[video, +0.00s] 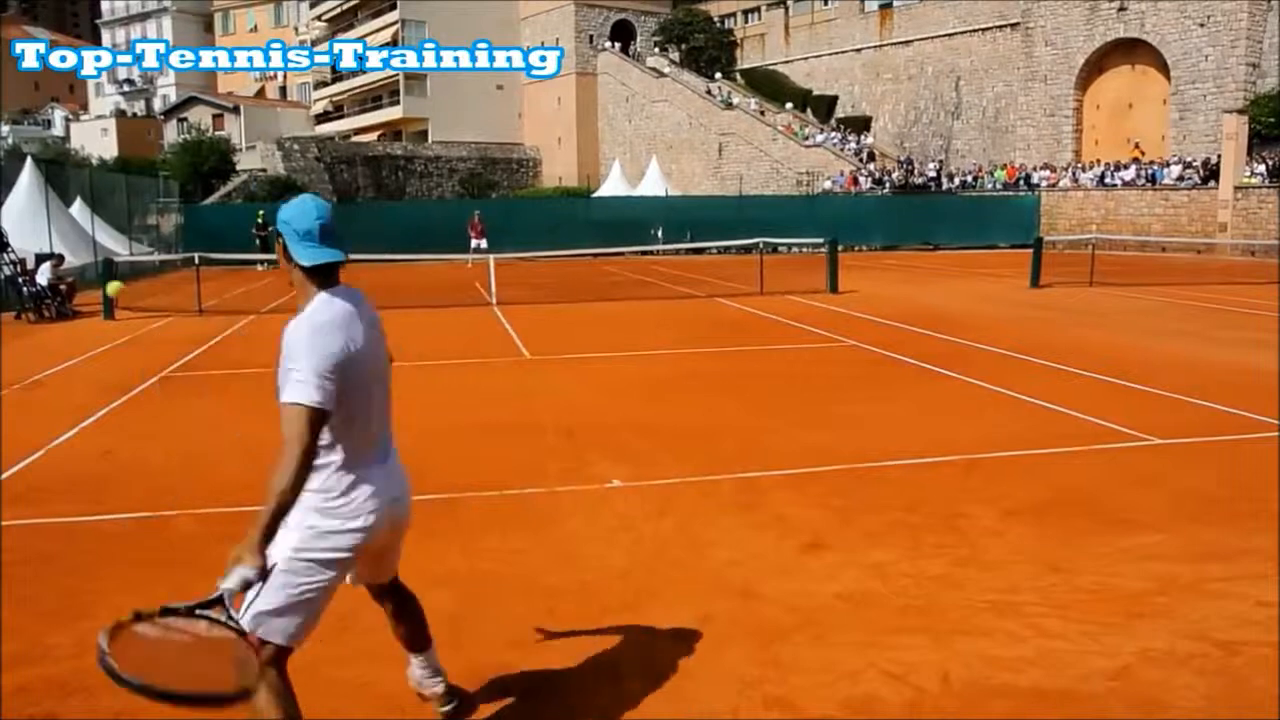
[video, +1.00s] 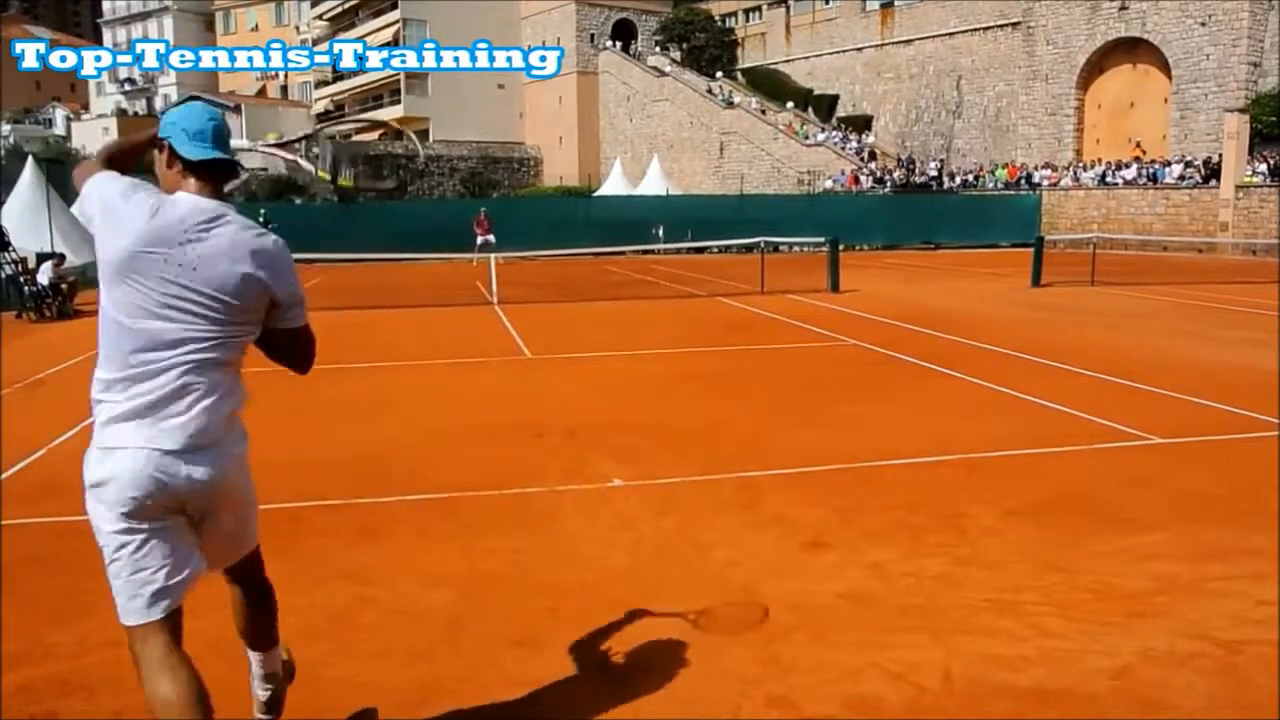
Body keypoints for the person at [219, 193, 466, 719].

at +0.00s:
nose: (276, 253)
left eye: (278, 245)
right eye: (280, 244)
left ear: (286, 255)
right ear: (333, 249)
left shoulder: (309, 333)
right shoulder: (358, 306)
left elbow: (299, 453)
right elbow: (380, 372)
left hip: (338, 509)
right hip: (388, 487)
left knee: (259, 652)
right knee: (383, 581)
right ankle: (432, 679)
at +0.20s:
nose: (254, 229)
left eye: (256, 219)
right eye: (258, 219)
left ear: (265, 227)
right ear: (317, 223)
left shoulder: (266, 310)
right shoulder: (356, 283)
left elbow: (216, 429)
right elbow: (407, 346)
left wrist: (152, 514)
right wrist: (368, 396)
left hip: (302, 497)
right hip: (372, 480)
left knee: (263, 648)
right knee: (366, 581)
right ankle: (377, 685)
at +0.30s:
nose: (238, 207)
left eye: (239, 198)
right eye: (239, 198)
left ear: (248, 203)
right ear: (302, 199)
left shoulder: (230, 285)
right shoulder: (355, 264)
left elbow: (153, 390)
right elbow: (414, 336)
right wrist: (382, 368)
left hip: (282, 478)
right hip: (354, 464)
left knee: (276, 642)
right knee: (337, 579)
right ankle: (323, 689)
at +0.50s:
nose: (222, 192)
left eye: (222, 183)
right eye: (224, 183)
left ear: (229, 186)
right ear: (288, 182)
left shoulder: (210, 262)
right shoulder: (353, 253)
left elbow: (130, 339)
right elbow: (400, 339)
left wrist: (48, 379)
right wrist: (343, 346)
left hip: (255, 462)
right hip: (331, 455)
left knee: (268, 641)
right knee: (309, 572)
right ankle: (283, 667)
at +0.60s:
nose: (202, 177)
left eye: (202, 169)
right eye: (208, 168)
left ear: (211, 175)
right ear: (270, 167)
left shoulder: (190, 246)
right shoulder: (329, 244)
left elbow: (132, 297)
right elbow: (377, 339)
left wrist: (77, 302)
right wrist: (311, 314)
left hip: (226, 456)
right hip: (303, 452)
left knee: (252, 635)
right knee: (287, 570)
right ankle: (255, 673)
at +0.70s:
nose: (187, 172)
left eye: (187, 164)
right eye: (188, 164)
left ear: (196, 168)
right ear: (256, 164)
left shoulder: (168, 230)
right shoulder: (308, 242)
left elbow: (113, 255)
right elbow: (350, 341)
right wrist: (284, 303)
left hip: (188, 452)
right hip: (273, 448)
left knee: (224, 625)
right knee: (269, 571)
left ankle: (275, 717)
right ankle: (253, 679)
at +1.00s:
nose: (159, 165)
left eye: (162, 157)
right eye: (166, 154)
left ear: (168, 160)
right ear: (228, 164)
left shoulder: (126, 212)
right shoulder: (261, 248)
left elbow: (89, 169)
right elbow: (299, 355)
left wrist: (153, 141)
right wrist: (231, 310)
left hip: (124, 457)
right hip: (214, 456)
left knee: (155, 639)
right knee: (248, 575)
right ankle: (267, 678)